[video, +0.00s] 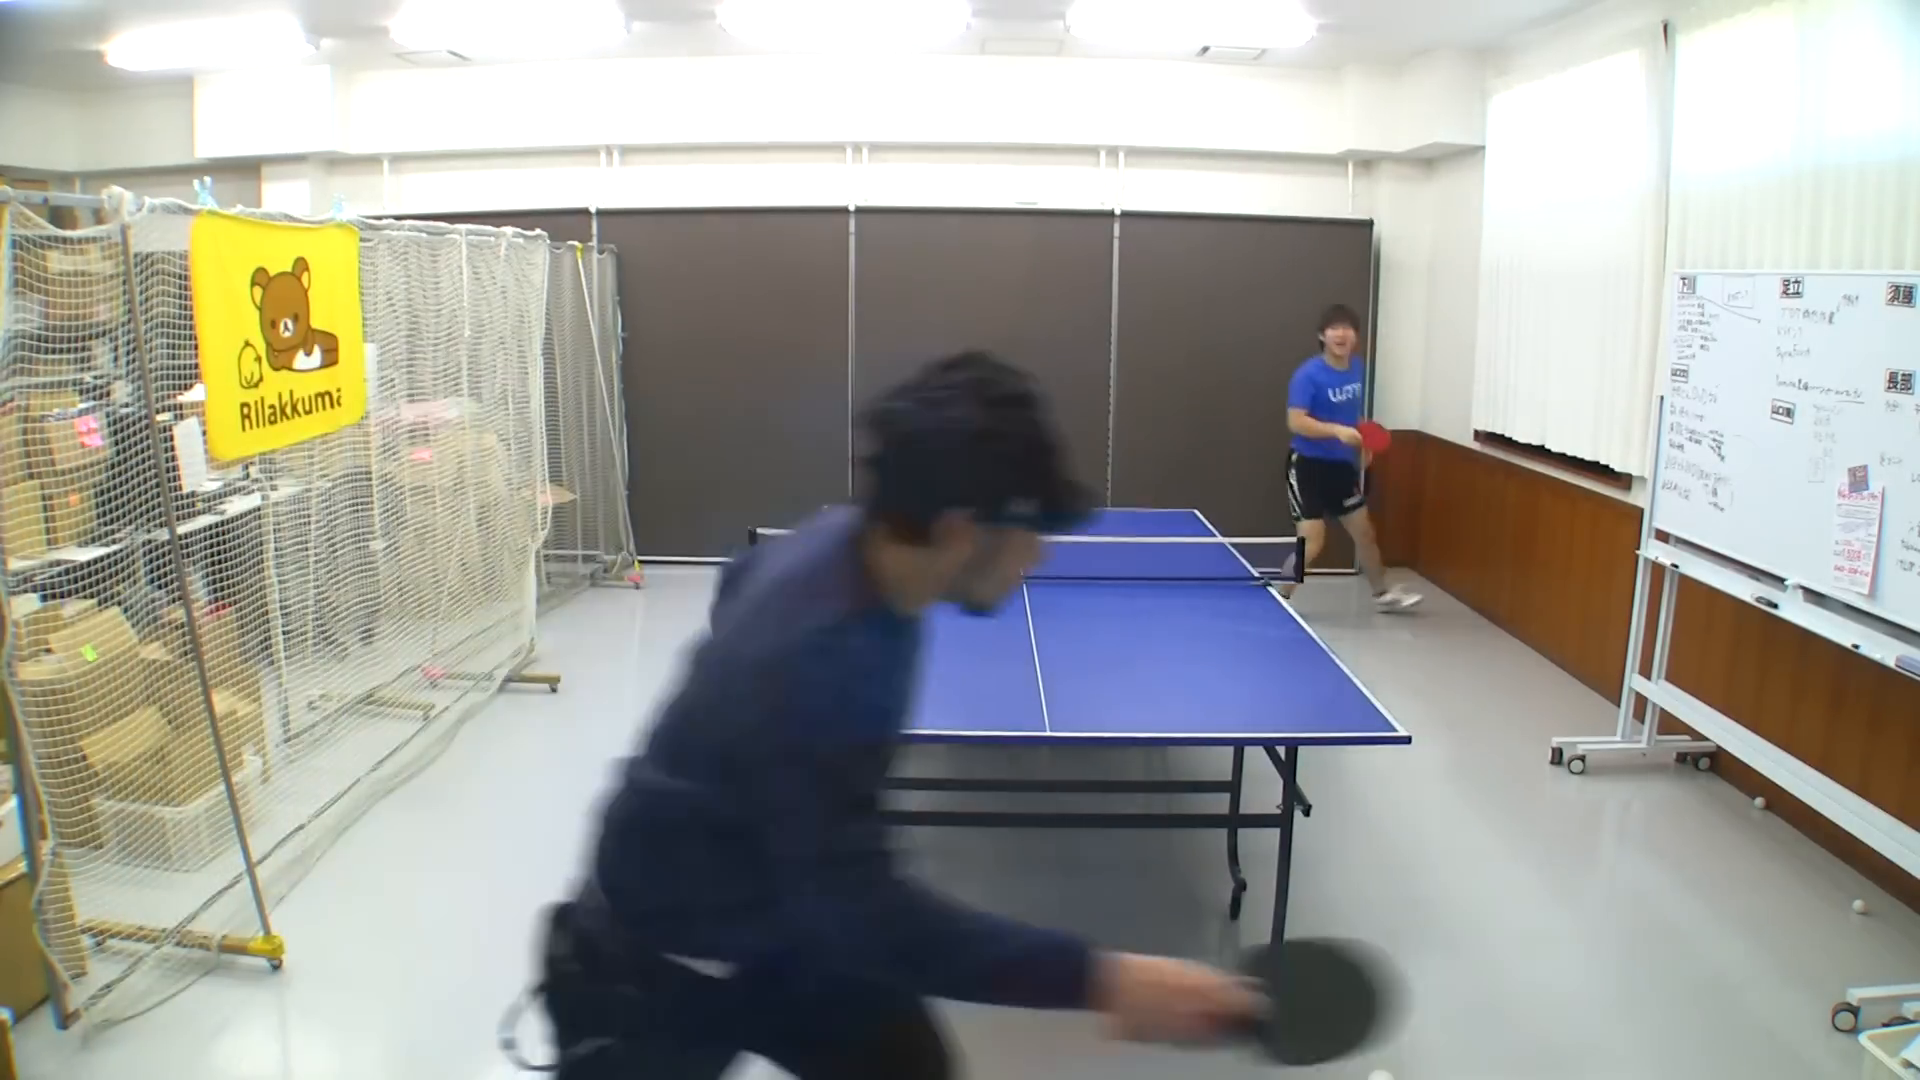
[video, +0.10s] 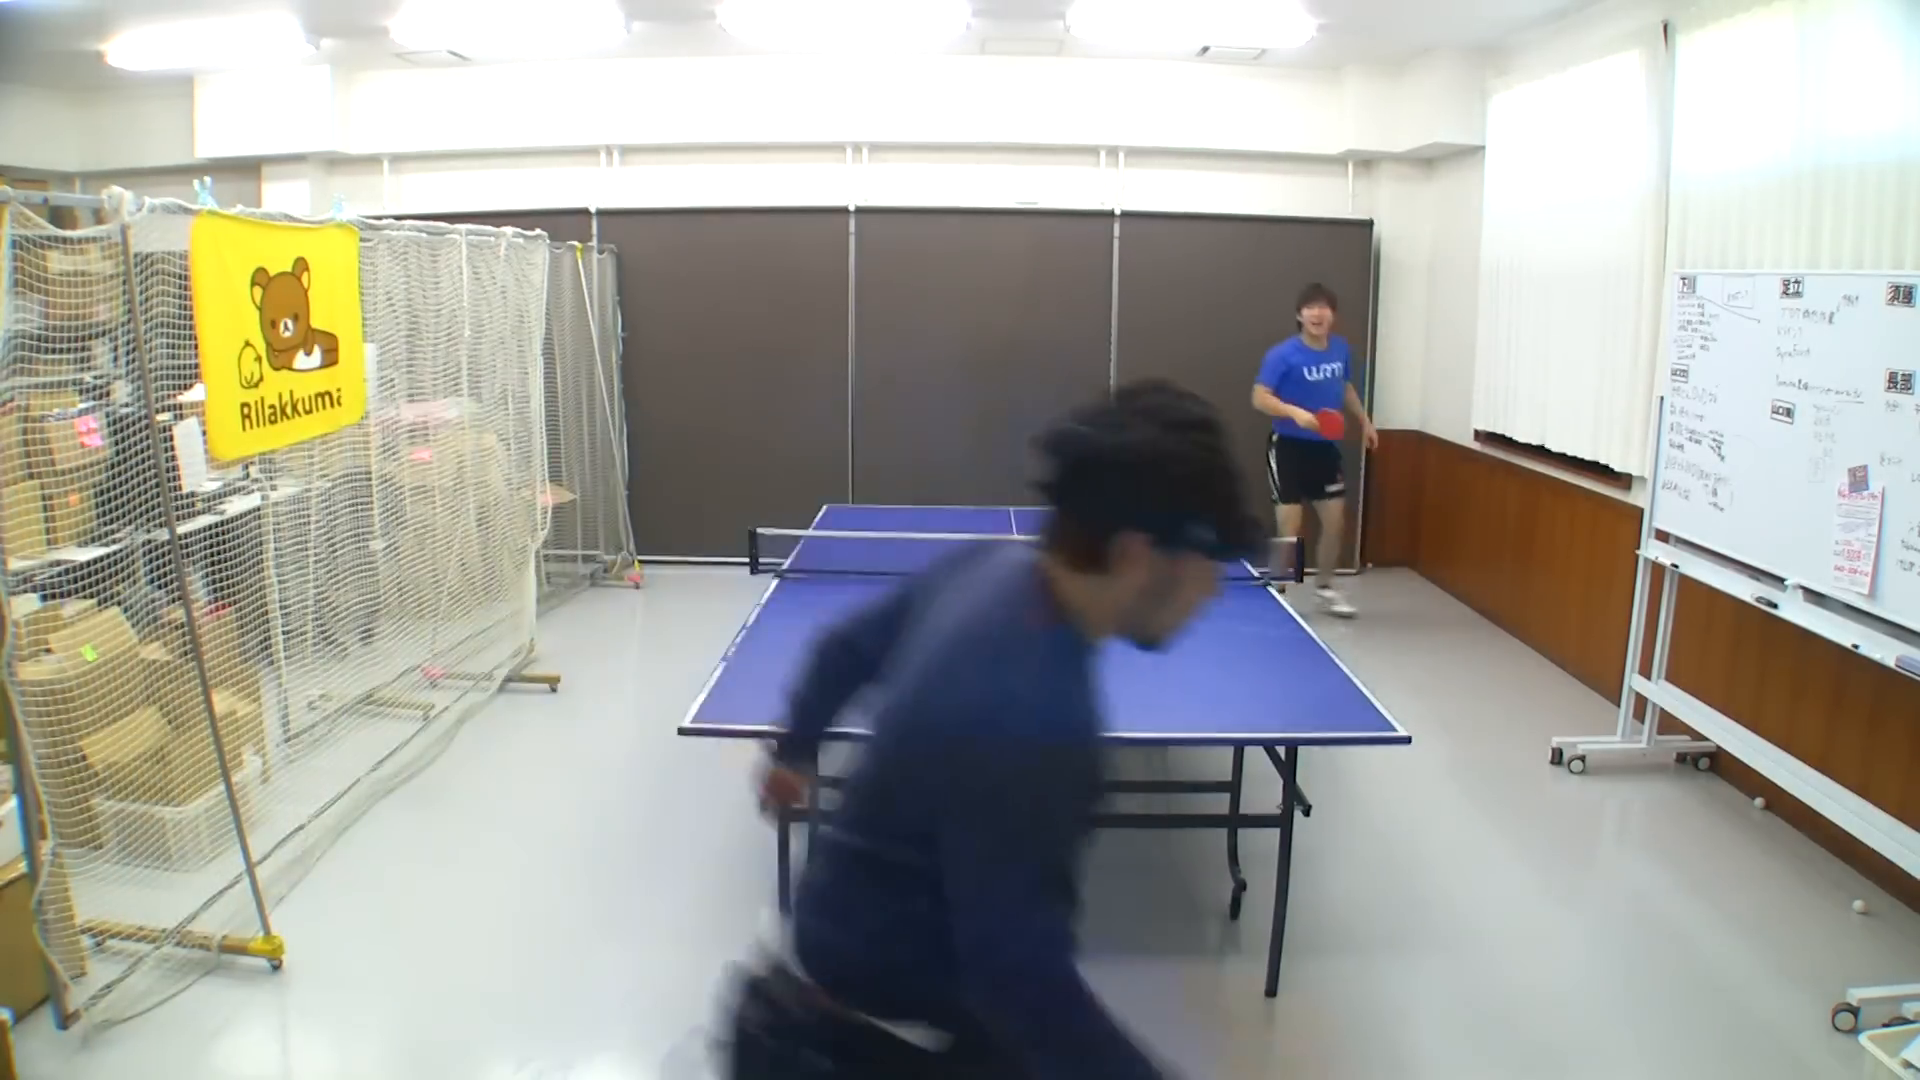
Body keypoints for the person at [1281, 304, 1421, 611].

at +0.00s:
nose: (1341, 335)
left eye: (1347, 329)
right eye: (1334, 328)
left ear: (1356, 336)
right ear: (1322, 335)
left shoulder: (1358, 370)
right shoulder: (1308, 374)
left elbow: (1357, 414)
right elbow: (1295, 421)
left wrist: (1364, 445)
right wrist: (1338, 430)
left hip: (1342, 463)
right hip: (1307, 464)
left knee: (1365, 533)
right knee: (1312, 544)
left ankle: (1382, 593)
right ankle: (1278, 600)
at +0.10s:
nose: (1318, 315)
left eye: (1324, 309)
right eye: (1311, 308)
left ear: (1333, 314)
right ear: (1299, 314)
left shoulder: (1339, 350)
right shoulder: (1281, 355)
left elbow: (1343, 387)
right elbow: (1259, 397)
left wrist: (1364, 420)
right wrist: (1294, 413)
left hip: (1326, 445)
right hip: (1289, 445)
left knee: (1334, 519)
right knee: (1290, 525)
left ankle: (1325, 586)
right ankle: (1278, 590)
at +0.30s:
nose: (1272, 313)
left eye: (1278, 307)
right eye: (1265, 307)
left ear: (1289, 314)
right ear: (1255, 315)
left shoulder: (1306, 351)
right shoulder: (1239, 352)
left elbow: (1317, 386)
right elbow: (1212, 389)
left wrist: (1330, 417)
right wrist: (1223, 418)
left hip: (1283, 444)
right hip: (1244, 441)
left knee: (1275, 529)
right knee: (1229, 522)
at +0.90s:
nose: (1105, 310)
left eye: (1115, 305)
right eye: (1104, 304)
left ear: (1134, 315)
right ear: (1099, 311)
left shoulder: (1155, 359)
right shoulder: (1099, 360)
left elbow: (1177, 406)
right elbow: (1085, 398)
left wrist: (1180, 461)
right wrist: (1076, 413)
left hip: (1142, 459)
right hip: (1108, 456)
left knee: (1126, 528)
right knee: (1106, 527)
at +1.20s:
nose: (1057, 316)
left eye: (1068, 311)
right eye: (1055, 307)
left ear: (1084, 322)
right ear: (1048, 311)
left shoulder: (1094, 362)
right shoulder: (1051, 359)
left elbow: (1097, 422)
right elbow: (1043, 413)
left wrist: (1083, 476)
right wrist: (1027, 466)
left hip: (1070, 468)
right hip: (1043, 462)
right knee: (1032, 533)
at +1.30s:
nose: (1038, 312)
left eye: (1049, 307)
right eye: (1036, 304)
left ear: (1066, 317)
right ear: (1029, 308)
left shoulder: (1075, 356)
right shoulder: (1035, 353)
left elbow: (1077, 415)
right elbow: (1035, 405)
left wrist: (1049, 465)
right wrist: (1023, 451)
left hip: (1059, 462)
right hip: (1026, 457)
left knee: (1055, 536)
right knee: (1000, 523)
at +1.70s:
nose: (945, 332)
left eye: (953, 324)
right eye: (941, 324)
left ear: (975, 323)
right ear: (936, 325)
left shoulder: (1001, 362)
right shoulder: (952, 363)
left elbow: (1007, 422)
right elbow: (950, 419)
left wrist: (985, 469)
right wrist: (932, 464)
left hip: (981, 472)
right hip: (948, 468)